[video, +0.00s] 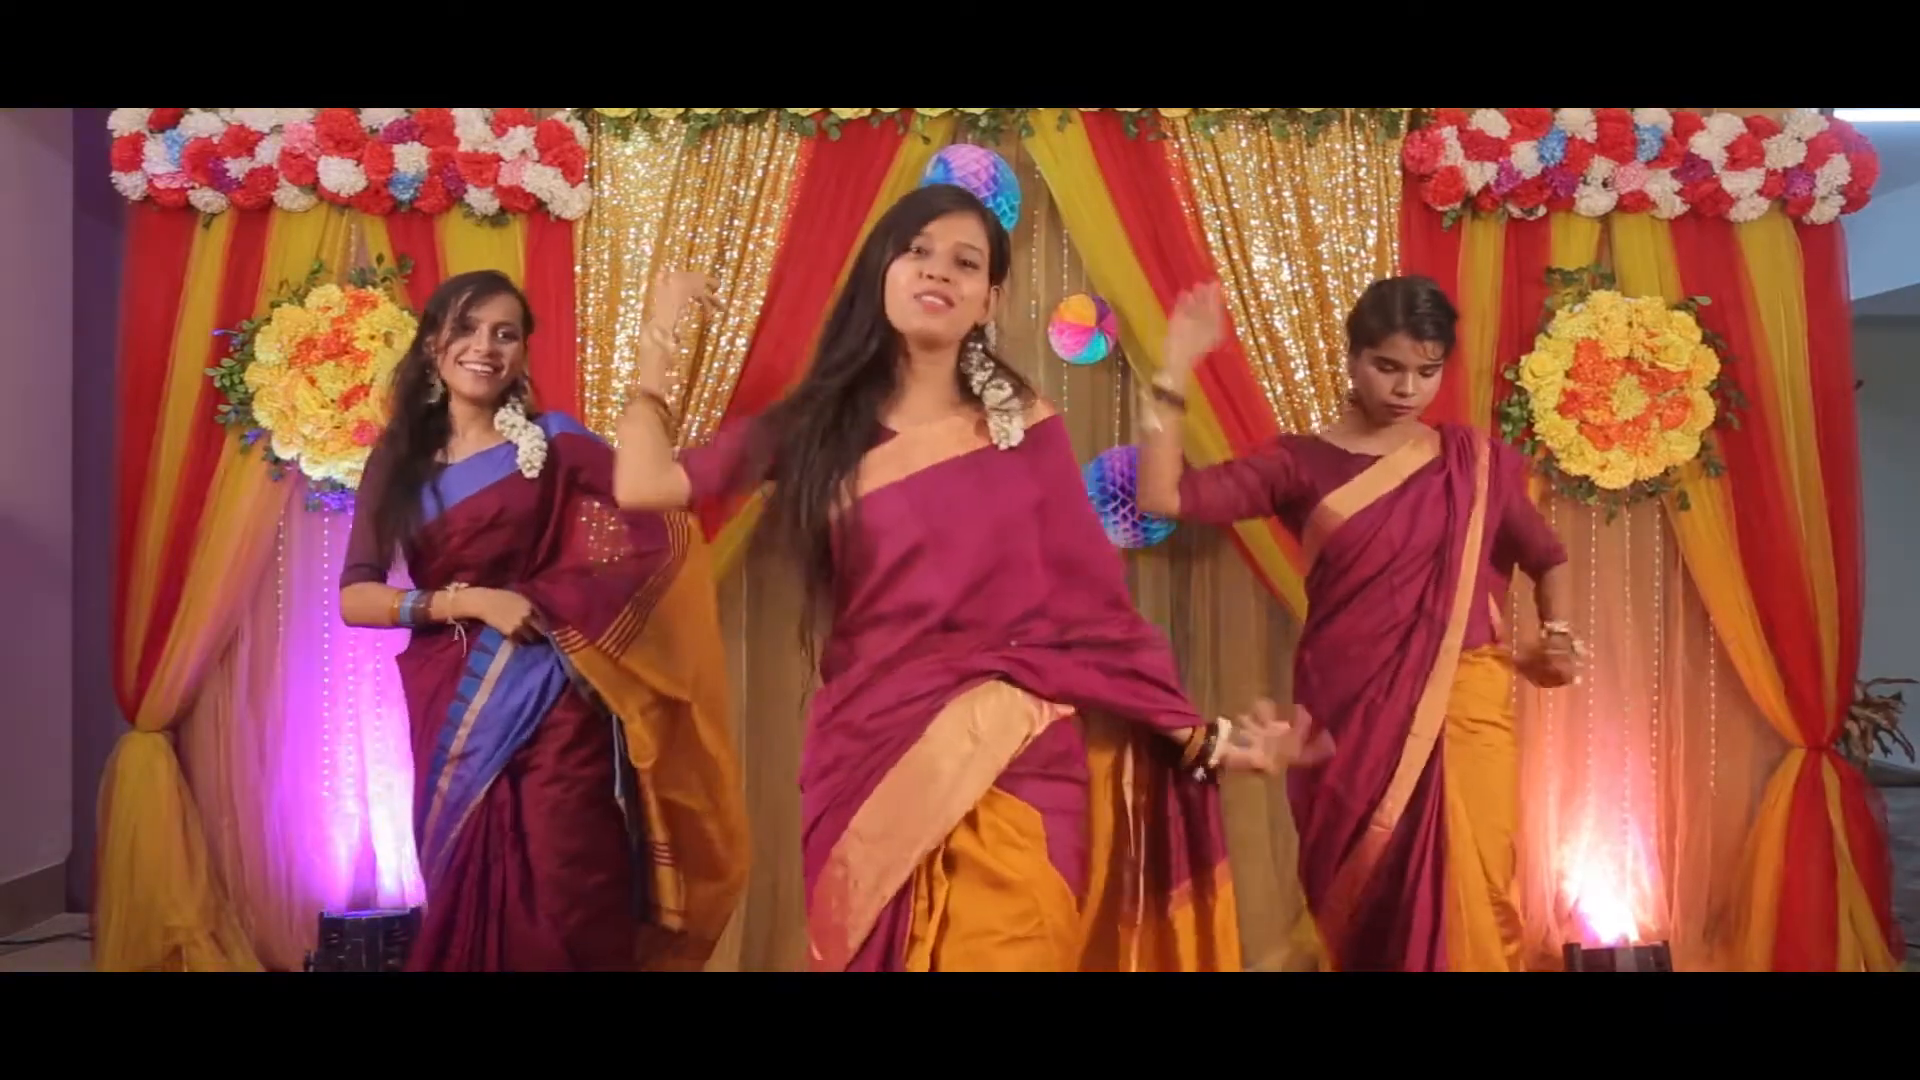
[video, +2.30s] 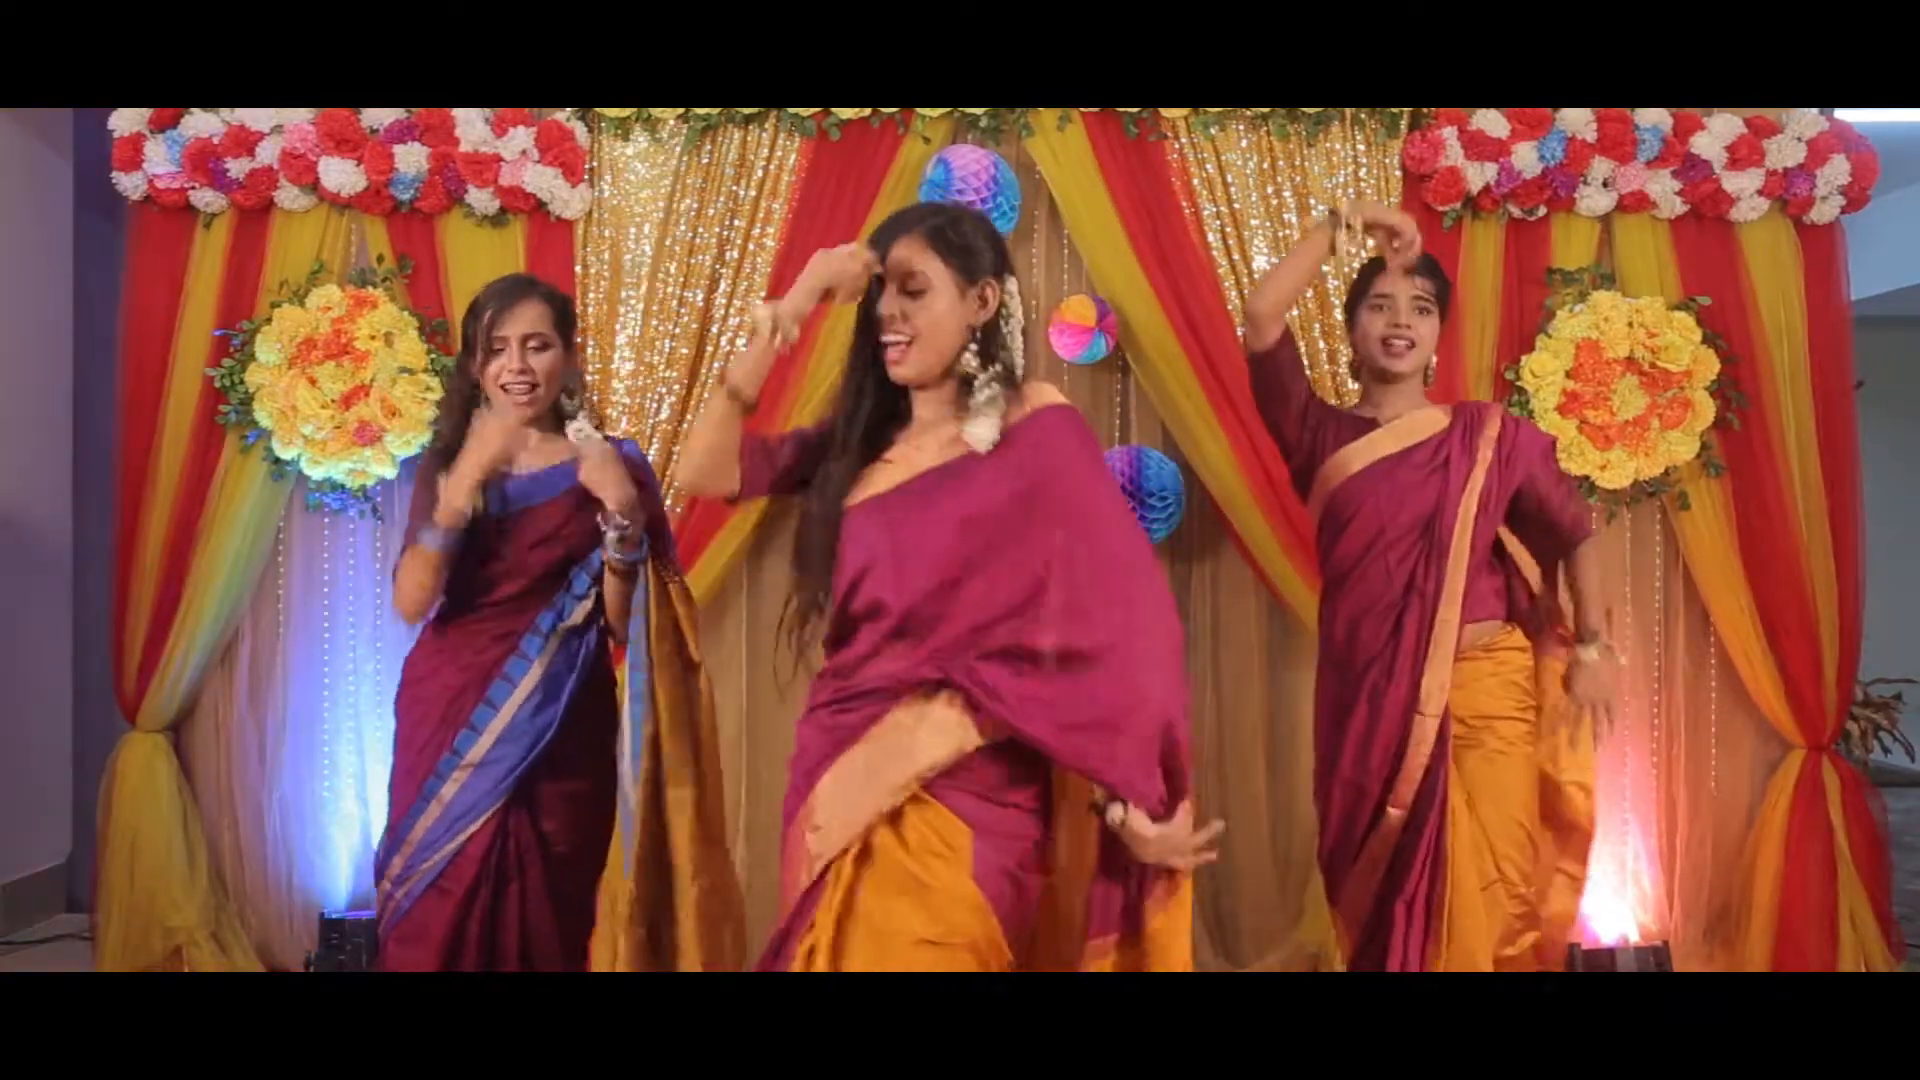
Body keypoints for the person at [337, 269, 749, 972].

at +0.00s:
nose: (486, 347)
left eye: (506, 334)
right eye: (466, 330)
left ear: (524, 355)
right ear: (433, 347)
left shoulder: (554, 441)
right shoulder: (399, 462)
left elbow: (662, 527)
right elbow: (357, 599)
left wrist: (551, 602)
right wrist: (461, 599)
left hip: (555, 691)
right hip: (452, 701)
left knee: (564, 897)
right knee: (469, 898)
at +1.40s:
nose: (489, 358)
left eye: (510, 345)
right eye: (471, 339)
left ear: (531, 369)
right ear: (441, 358)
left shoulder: (570, 460)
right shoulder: (414, 482)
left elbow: (620, 584)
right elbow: (408, 607)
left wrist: (603, 691)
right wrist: (379, 687)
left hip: (540, 735)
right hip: (433, 742)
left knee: (541, 933)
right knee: (440, 933)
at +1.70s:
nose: (511, 340)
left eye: (531, 328)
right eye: (491, 323)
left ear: (551, 352)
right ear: (458, 343)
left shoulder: (591, 456)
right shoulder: (417, 457)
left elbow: (618, 584)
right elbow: (395, 582)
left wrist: (648, 579)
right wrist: (377, 651)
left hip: (570, 711)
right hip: (453, 717)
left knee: (566, 919)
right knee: (456, 916)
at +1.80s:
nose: (518, 371)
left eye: (537, 356)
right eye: (498, 354)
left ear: (558, 381)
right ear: (466, 377)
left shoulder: (598, 492)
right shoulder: (420, 489)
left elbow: (623, 650)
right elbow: (384, 627)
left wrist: (650, 575)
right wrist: (417, 661)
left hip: (577, 750)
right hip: (461, 747)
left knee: (576, 942)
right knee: (462, 937)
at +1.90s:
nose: (526, 374)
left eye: (544, 358)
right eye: (505, 359)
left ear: (568, 380)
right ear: (475, 382)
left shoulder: (598, 489)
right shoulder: (428, 484)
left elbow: (638, 647)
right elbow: (383, 631)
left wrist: (608, 572)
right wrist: (517, 663)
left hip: (586, 762)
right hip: (466, 767)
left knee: (587, 952)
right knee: (466, 945)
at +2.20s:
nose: (522, 362)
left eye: (541, 345)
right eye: (501, 348)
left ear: (569, 361)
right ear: (477, 370)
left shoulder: (619, 472)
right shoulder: (450, 477)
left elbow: (651, 616)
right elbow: (404, 634)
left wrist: (587, 506)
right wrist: (473, 577)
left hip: (567, 728)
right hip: (448, 725)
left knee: (550, 926)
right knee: (437, 923)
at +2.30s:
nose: (518, 364)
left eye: (538, 345)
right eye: (498, 348)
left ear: (569, 359)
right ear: (475, 365)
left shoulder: (615, 466)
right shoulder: (447, 464)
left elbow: (626, 623)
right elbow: (410, 601)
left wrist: (623, 514)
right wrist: (465, 478)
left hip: (563, 702)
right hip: (449, 695)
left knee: (548, 909)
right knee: (438, 899)